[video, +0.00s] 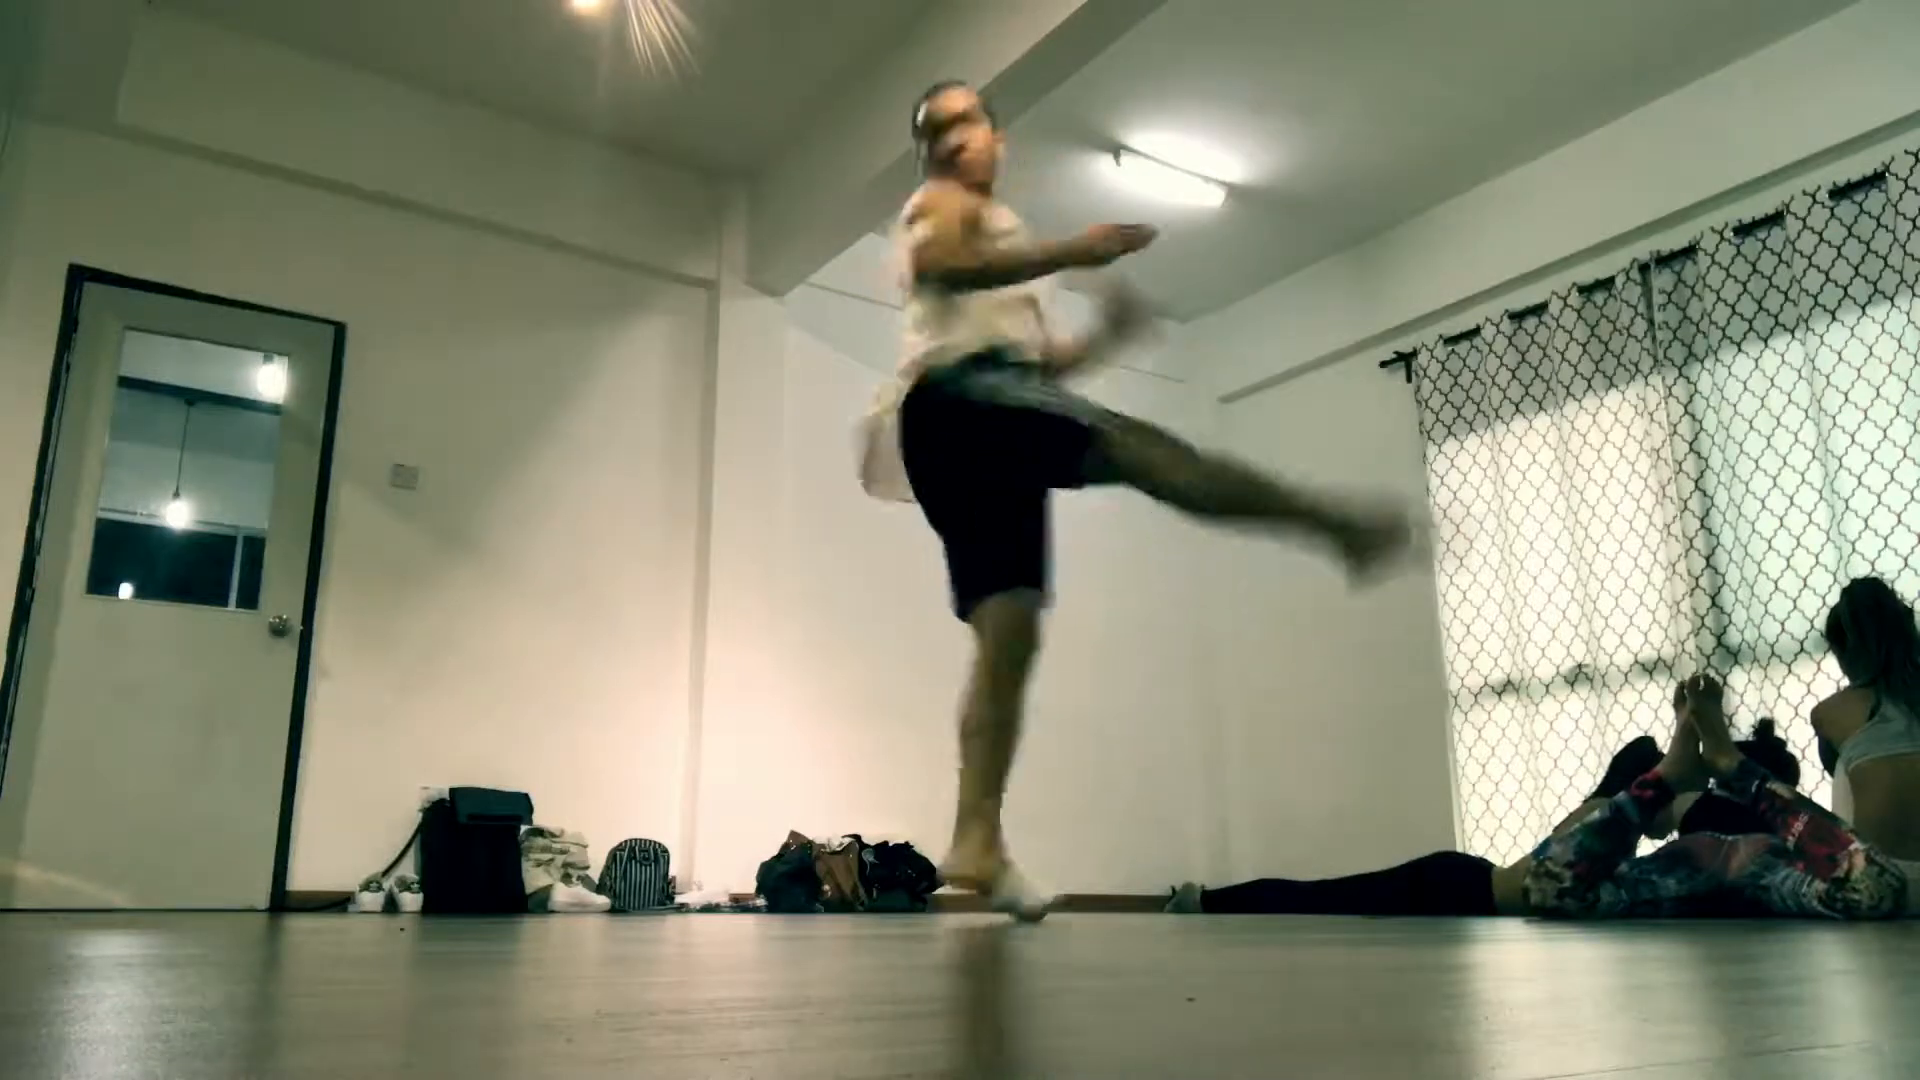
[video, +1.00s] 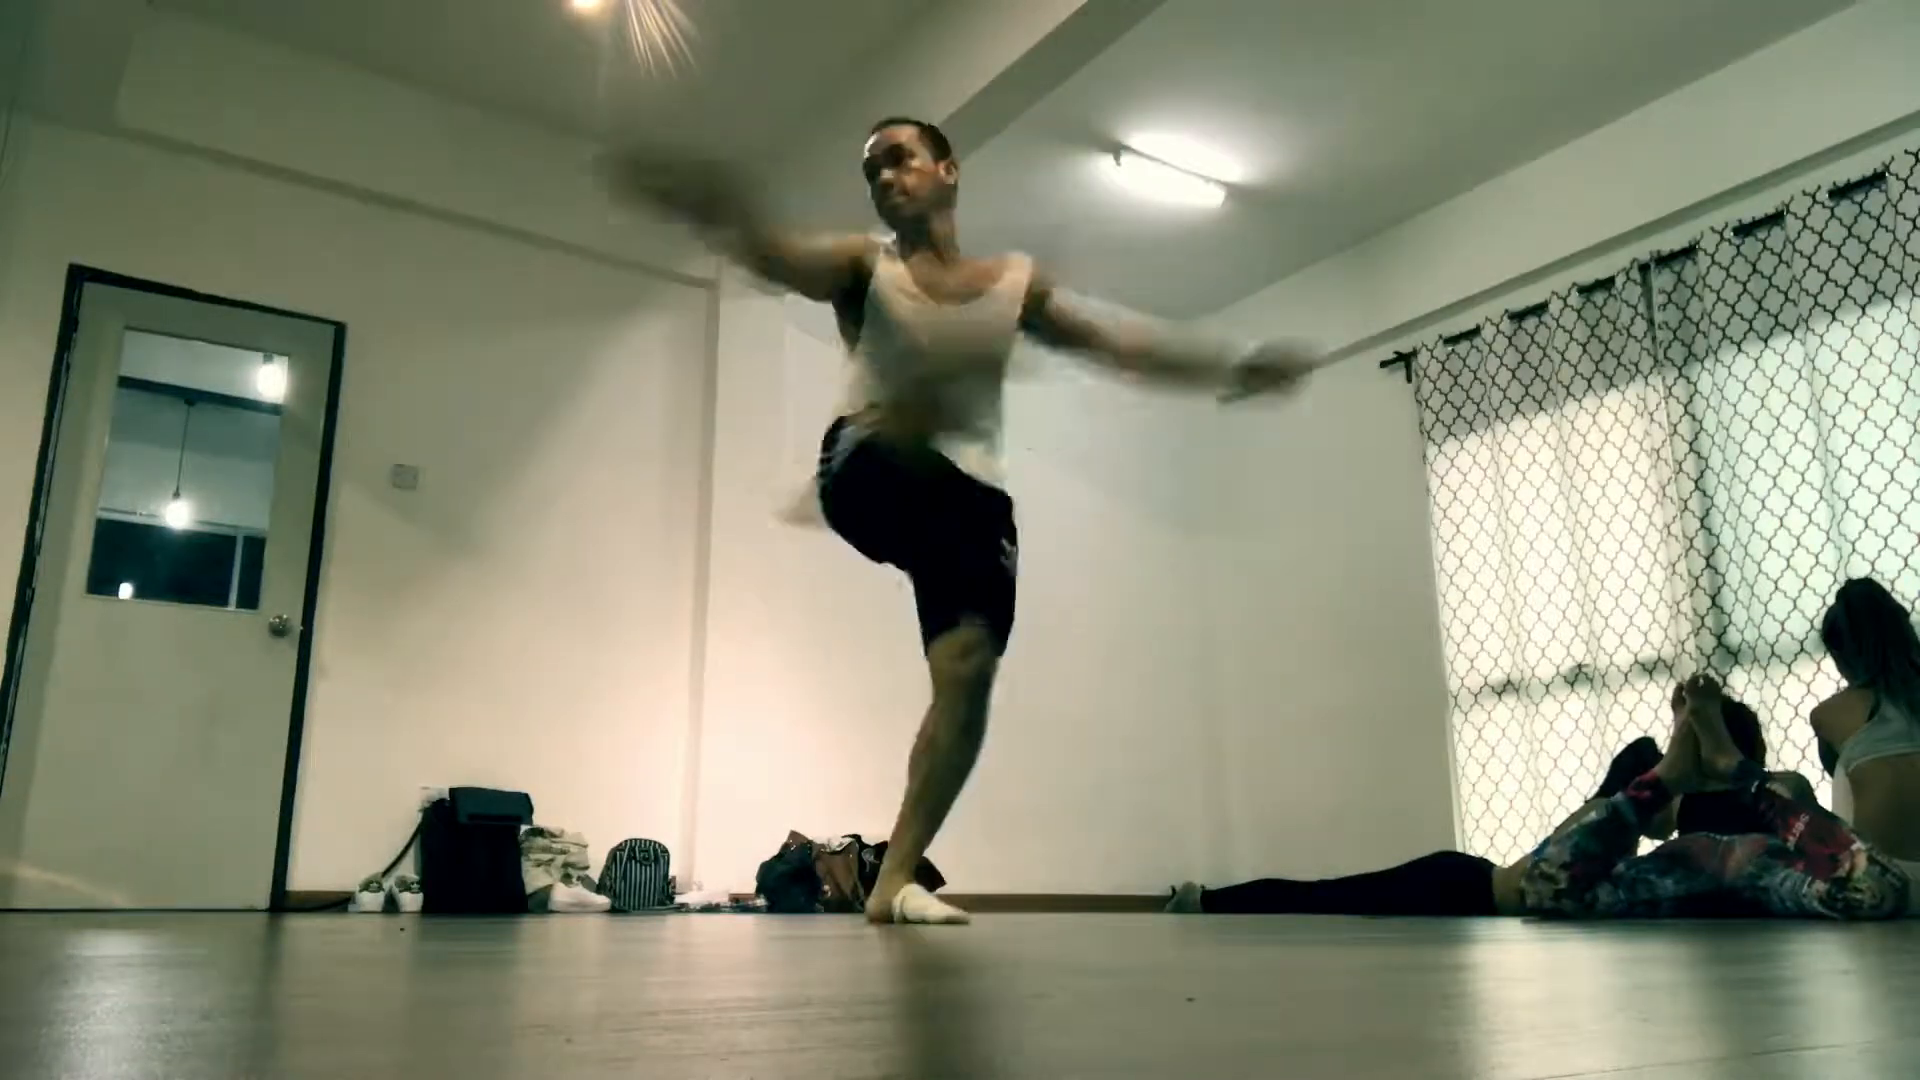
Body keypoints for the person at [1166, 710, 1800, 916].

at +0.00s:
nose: (1676, 793)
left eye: (1670, 781)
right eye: (1671, 782)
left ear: (1630, 777)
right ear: (1647, 783)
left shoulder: (1618, 818)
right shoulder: (1619, 825)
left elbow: (1668, 794)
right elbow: (1671, 796)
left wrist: (1699, 743)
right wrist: (1696, 742)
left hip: (1473, 879)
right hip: (1470, 888)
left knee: (1335, 893)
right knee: (1331, 897)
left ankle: (1211, 896)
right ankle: (1204, 900)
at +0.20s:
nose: (1673, 788)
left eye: (1668, 778)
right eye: (1666, 777)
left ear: (1633, 776)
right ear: (1644, 781)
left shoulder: (1620, 819)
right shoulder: (1618, 823)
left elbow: (1668, 795)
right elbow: (1669, 797)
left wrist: (1707, 748)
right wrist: (1699, 742)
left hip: (1475, 880)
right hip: (1472, 886)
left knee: (1335, 893)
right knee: (1331, 896)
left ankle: (1213, 897)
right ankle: (1207, 900)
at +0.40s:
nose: (1676, 782)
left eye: (1672, 773)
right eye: (1668, 772)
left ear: (1638, 777)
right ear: (1648, 779)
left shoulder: (1626, 816)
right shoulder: (1624, 817)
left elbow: (1668, 794)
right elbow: (1668, 797)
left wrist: (1700, 738)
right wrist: (1694, 737)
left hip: (1476, 883)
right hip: (1473, 885)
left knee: (1333, 894)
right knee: (1330, 895)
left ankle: (1210, 898)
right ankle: (1206, 899)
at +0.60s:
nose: (1696, 722)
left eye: (1709, 712)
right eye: (1691, 712)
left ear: (1728, 730)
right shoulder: (1640, 787)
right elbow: (1656, 796)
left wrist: (1717, 738)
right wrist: (1699, 735)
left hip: (1480, 884)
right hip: (1471, 880)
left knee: (1339, 896)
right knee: (1334, 895)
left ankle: (1212, 899)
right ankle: (1205, 900)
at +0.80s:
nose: (1699, 740)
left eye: (1716, 741)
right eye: (1708, 734)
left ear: (1734, 762)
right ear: (1706, 751)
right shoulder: (1641, 801)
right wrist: (1689, 736)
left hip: (1477, 887)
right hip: (1468, 881)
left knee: (1333, 899)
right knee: (1329, 897)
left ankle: (1211, 901)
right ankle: (1205, 901)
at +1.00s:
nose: (1676, 725)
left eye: (1691, 716)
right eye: (1678, 714)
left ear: (1723, 735)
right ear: (1682, 732)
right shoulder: (1641, 798)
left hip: (1480, 887)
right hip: (1472, 880)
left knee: (1337, 899)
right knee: (1333, 896)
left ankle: (1211, 901)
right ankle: (1205, 901)